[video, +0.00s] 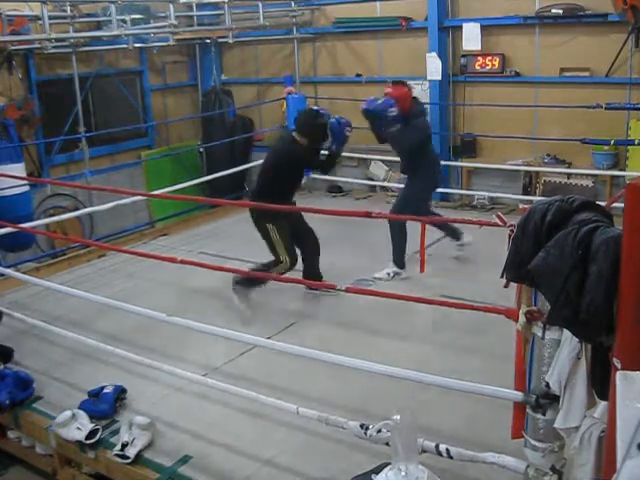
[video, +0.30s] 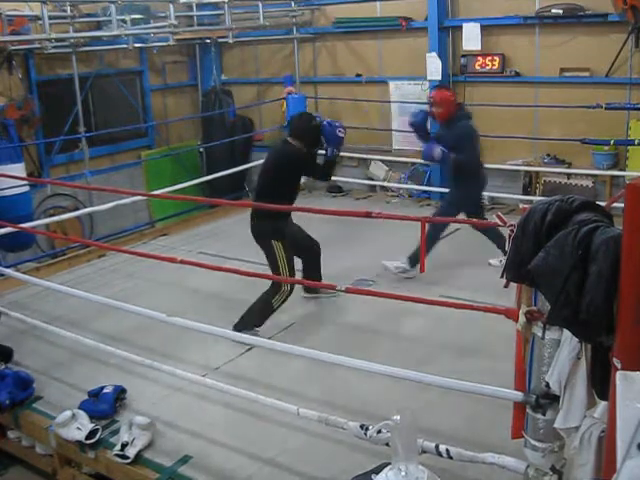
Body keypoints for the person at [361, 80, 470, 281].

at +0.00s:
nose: (394, 104)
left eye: (397, 100)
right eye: (392, 100)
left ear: (407, 99)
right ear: (393, 100)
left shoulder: (417, 118)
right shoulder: (398, 115)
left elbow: (403, 143)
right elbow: (382, 138)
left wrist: (390, 124)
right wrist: (374, 118)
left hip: (425, 173)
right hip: (417, 172)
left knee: (396, 216)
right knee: (421, 211)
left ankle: (398, 266)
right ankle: (458, 236)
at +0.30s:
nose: (434, 111)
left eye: (438, 107)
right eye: (433, 107)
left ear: (449, 107)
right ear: (435, 108)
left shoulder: (464, 129)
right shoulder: (448, 125)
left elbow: (471, 161)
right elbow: (435, 144)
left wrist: (445, 157)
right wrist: (420, 129)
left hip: (468, 184)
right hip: (464, 183)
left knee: (438, 221)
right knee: (478, 222)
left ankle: (411, 263)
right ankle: (510, 251)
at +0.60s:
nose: (451, 109)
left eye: (454, 105)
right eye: (450, 104)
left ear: (466, 104)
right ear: (451, 104)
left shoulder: (481, 123)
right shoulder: (467, 113)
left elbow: (482, 156)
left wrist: (462, 148)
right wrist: (437, 121)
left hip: (498, 167)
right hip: (494, 165)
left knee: (480, 214)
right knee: (493, 211)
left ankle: (484, 267)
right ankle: (516, 250)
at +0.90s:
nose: (484, 107)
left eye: (488, 103)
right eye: (483, 103)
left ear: (500, 104)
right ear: (498, 104)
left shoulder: (514, 124)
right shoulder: (502, 118)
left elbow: (507, 155)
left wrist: (485, 138)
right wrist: (475, 115)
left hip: (522, 177)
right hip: (517, 174)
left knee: (492, 216)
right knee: (525, 220)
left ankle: (487, 268)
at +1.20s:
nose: (505, 134)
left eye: (508, 130)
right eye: (503, 130)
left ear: (516, 123)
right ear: (499, 123)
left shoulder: (525, 142)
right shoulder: (521, 125)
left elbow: (512, 171)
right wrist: (481, 117)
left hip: (531, 190)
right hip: (540, 185)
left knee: (499, 218)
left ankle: (502, 268)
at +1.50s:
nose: (489, 112)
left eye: (491, 108)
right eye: (490, 107)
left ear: (496, 109)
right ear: (515, 104)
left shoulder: (497, 132)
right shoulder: (530, 119)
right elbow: (541, 121)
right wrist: (521, 107)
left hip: (512, 189)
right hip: (538, 186)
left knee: (488, 225)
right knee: (539, 225)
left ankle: (496, 273)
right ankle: (542, 274)